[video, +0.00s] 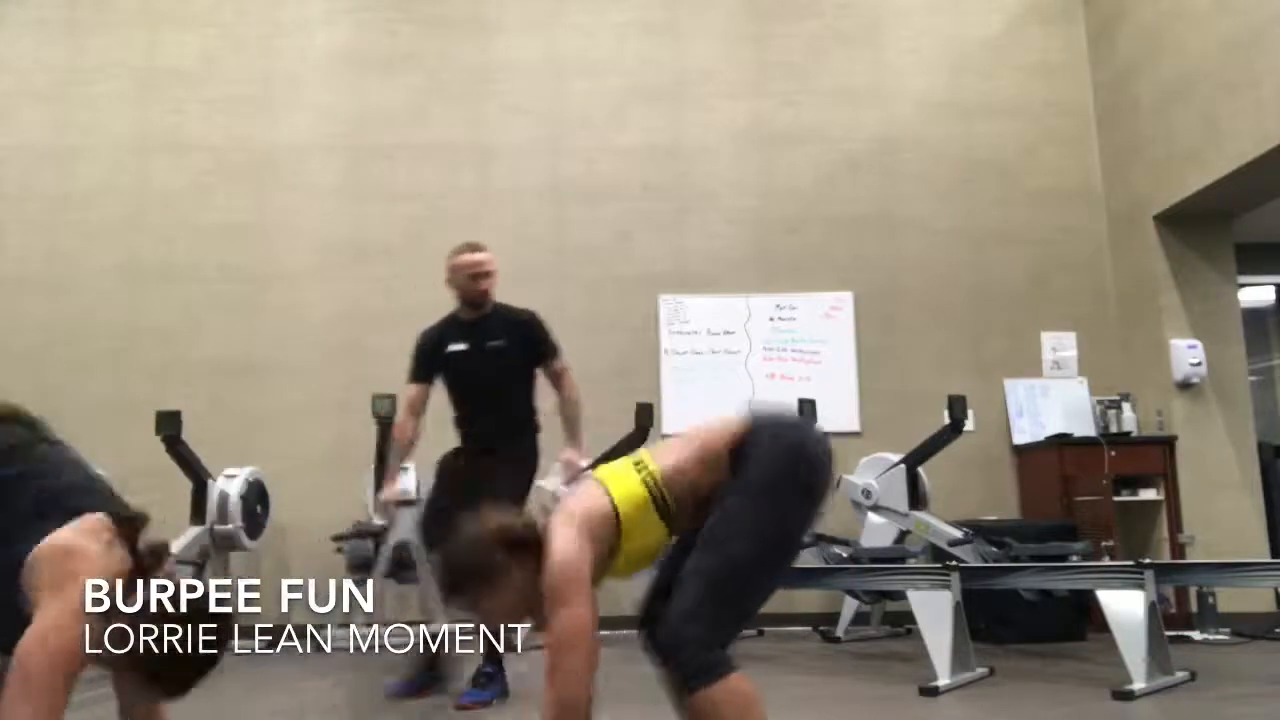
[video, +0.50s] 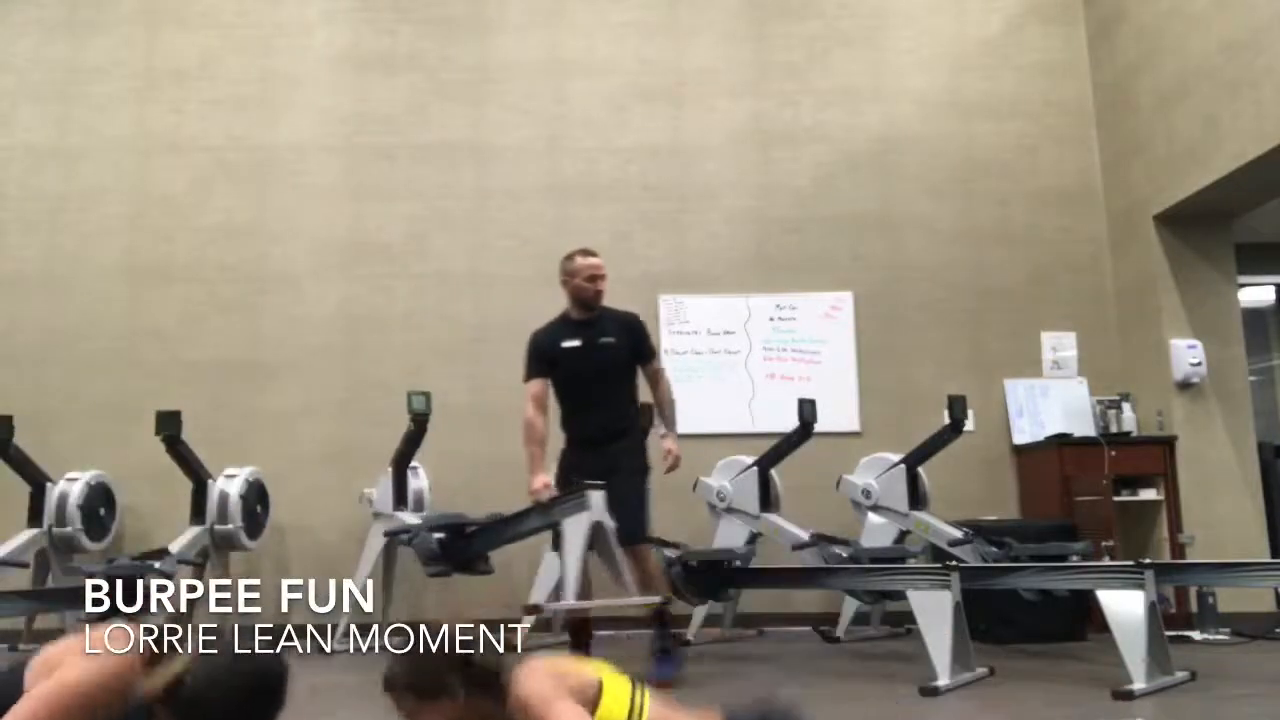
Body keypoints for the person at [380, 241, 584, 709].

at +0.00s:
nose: (481, 285)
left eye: (487, 276)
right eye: (471, 278)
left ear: (497, 277)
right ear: (451, 282)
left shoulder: (524, 326)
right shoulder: (436, 339)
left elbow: (563, 381)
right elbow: (412, 411)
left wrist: (574, 446)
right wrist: (392, 474)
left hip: (516, 456)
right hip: (468, 458)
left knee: (494, 556)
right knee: (431, 544)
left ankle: (492, 667)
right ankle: (431, 657)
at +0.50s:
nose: (599, 285)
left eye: (602, 278)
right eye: (590, 279)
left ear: (606, 280)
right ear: (566, 283)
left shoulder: (629, 327)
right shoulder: (545, 340)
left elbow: (657, 380)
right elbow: (536, 408)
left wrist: (670, 432)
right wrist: (537, 472)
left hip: (626, 450)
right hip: (579, 452)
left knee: (635, 543)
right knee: (570, 550)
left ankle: (665, 639)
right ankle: (580, 651)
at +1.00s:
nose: (661, 319)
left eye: (664, 310)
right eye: (651, 314)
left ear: (670, 307)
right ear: (634, 318)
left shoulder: (708, 337)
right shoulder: (630, 370)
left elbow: (749, 380)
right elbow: (633, 441)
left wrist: (773, 436)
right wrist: (650, 507)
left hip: (719, 456)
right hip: (675, 461)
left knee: (716, 550)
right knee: (674, 553)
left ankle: (720, 649)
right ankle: (700, 641)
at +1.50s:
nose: (648, 347)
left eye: (650, 336)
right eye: (638, 344)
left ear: (659, 329)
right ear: (628, 349)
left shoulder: (705, 351)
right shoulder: (636, 396)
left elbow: (750, 382)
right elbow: (645, 457)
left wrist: (771, 441)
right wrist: (650, 507)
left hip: (731, 461)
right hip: (686, 470)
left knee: (723, 552)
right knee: (687, 554)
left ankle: (725, 647)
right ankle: (700, 643)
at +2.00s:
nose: (687, 297)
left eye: (691, 288)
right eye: (678, 292)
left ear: (701, 290)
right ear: (666, 299)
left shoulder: (737, 327)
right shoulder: (659, 354)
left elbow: (771, 378)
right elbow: (650, 419)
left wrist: (785, 432)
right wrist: (656, 472)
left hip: (752, 450)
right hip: (703, 458)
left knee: (785, 523)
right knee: (700, 551)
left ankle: (787, 620)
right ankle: (703, 643)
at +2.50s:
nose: (771, 276)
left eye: (779, 268)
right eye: (764, 269)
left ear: (799, 272)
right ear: (758, 275)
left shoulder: (831, 320)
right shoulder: (747, 327)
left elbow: (868, 379)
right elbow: (741, 395)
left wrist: (876, 445)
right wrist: (752, 454)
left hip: (823, 448)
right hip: (773, 450)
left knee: (833, 548)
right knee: (762, 542)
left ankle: (844, 652)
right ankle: (778, 642)